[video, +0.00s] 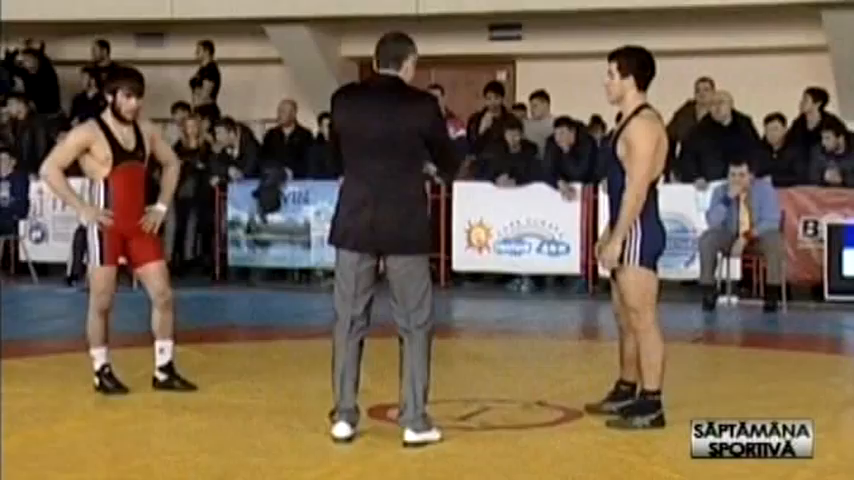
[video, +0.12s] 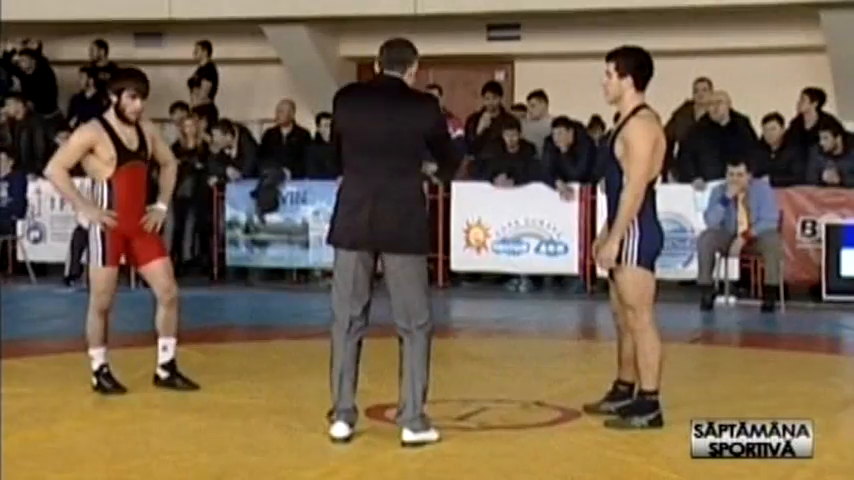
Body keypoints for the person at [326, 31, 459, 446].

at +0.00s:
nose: (416, 69)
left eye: (414, 62)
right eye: (415, 63)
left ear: (375, 61)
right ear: (409, 64)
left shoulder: (344, 99)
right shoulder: (423, 104)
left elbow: (338, 162)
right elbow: (448, 164)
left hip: (354, 224)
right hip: (407, 226)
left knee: (348, 322)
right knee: (416, 324)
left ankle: (344, 415)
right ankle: (415, 421)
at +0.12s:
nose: (416, 72)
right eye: (415, 66)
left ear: (377, 64)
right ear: (412, 68)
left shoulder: (347, 98)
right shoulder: (424, 106)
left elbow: (338, 159)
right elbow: (450, 160)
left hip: (352, 221)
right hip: (404, 223)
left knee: (346, 321)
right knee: (415, 325)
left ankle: (343, 415)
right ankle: (413, 421)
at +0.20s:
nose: (415, 77)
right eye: (416, 71)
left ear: (378, 68)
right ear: (414, 72)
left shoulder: (350, 99)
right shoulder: (429, 108)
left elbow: (336, 158)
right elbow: (449, 163)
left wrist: (362, 160)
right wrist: (438, 176)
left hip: (353, 216)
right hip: (405, 219)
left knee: (345, 318)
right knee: (415, 323)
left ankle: (342, 415)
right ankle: (413, 421)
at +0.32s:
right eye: (412, 74)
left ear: (380, 75)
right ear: (415, 78)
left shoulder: (354, 102)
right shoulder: (431, 113)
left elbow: (335, 163)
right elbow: (444, 172)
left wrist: (364, 155)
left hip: (354, 216)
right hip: (406, 219)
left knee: (343, 319)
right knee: (415, 324)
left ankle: (338, 416)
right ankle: (413, 422)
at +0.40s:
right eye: (417, 81)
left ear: (377, 78)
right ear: (413, 83)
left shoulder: (352, 103)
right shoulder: (429, 115)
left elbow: (334, 164)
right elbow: (439, 173)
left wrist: (363, 165)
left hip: (352, 216)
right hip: (405, 220)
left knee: (338, 317)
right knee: (412, 325)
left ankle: (326, 418)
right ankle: (413, 423)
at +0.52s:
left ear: (365, 77)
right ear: (401, 81)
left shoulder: (343, 105)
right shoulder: (419, 114)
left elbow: (323, 167)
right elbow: (434, 176)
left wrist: (355, 163)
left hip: (346, 218)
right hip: (398, 221)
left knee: (319, 319)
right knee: (409, 326)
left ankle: (303, 416)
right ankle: (414, 424)